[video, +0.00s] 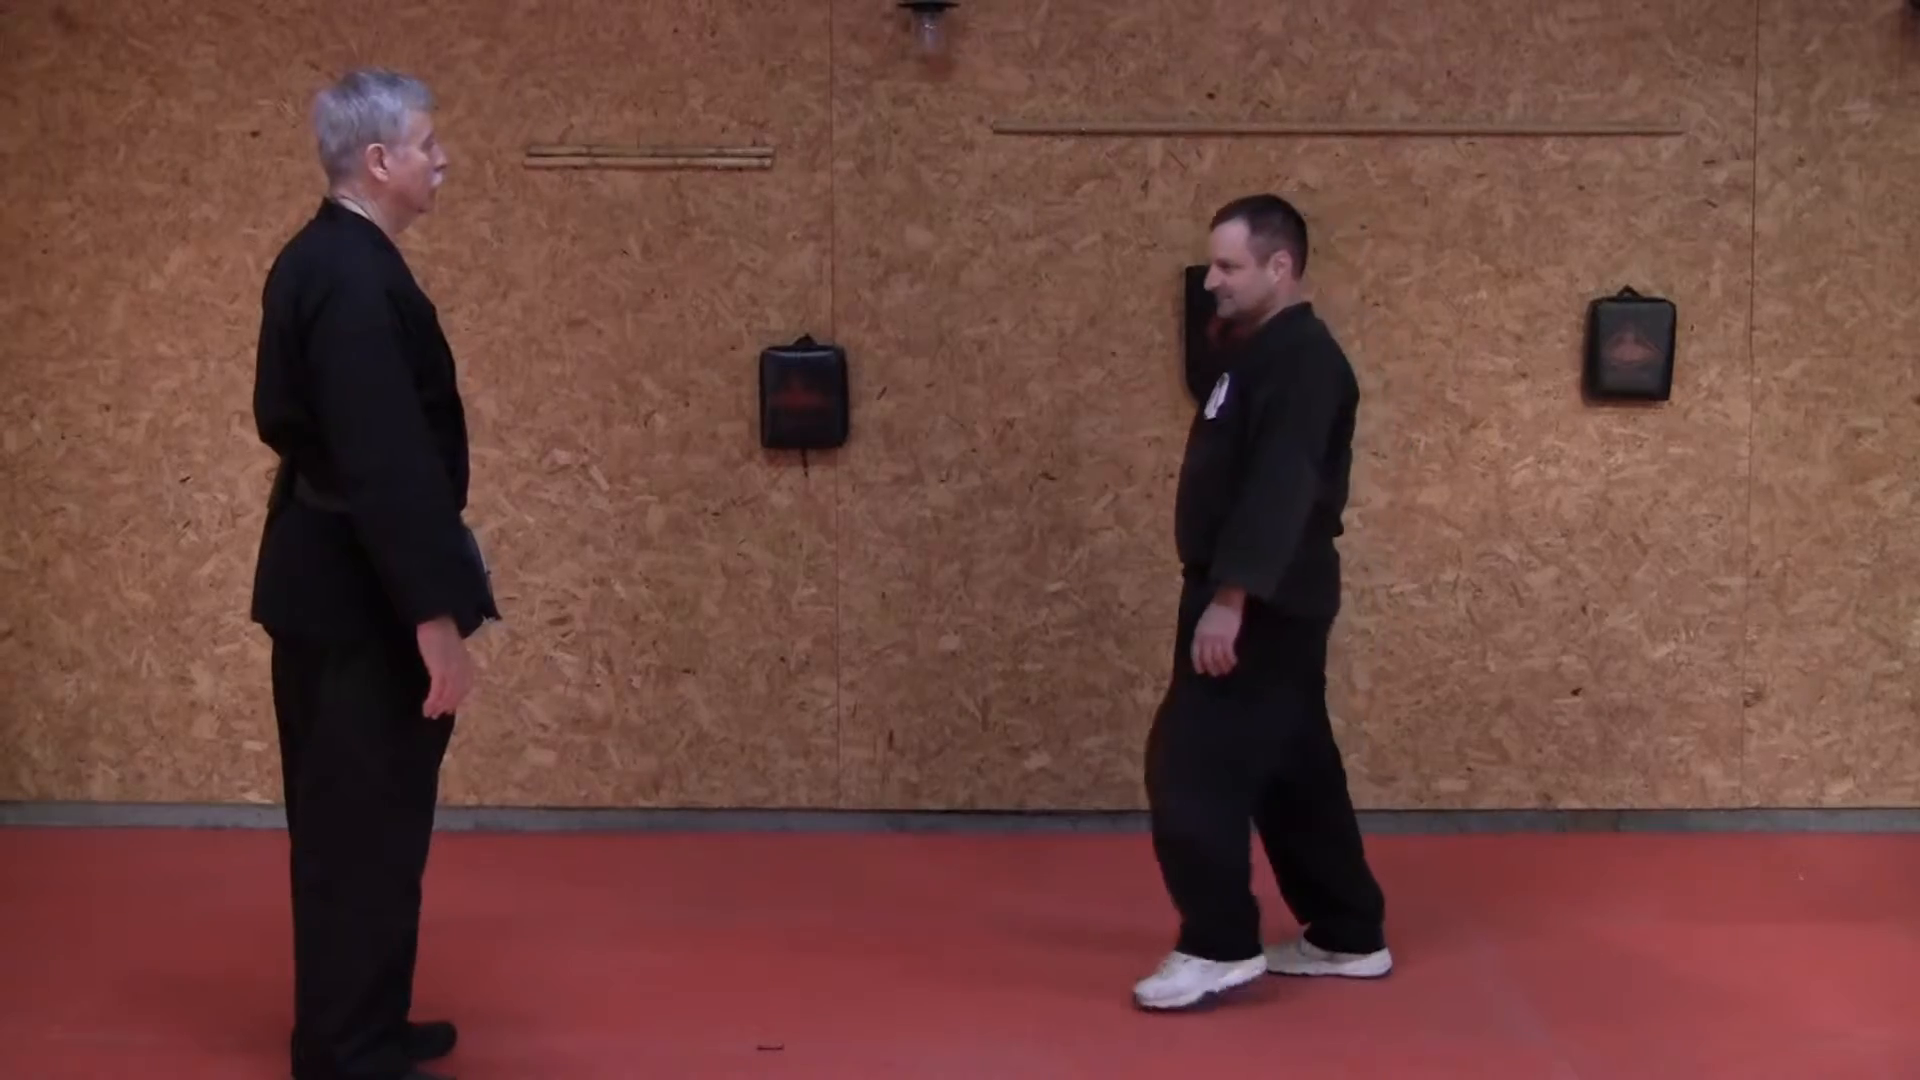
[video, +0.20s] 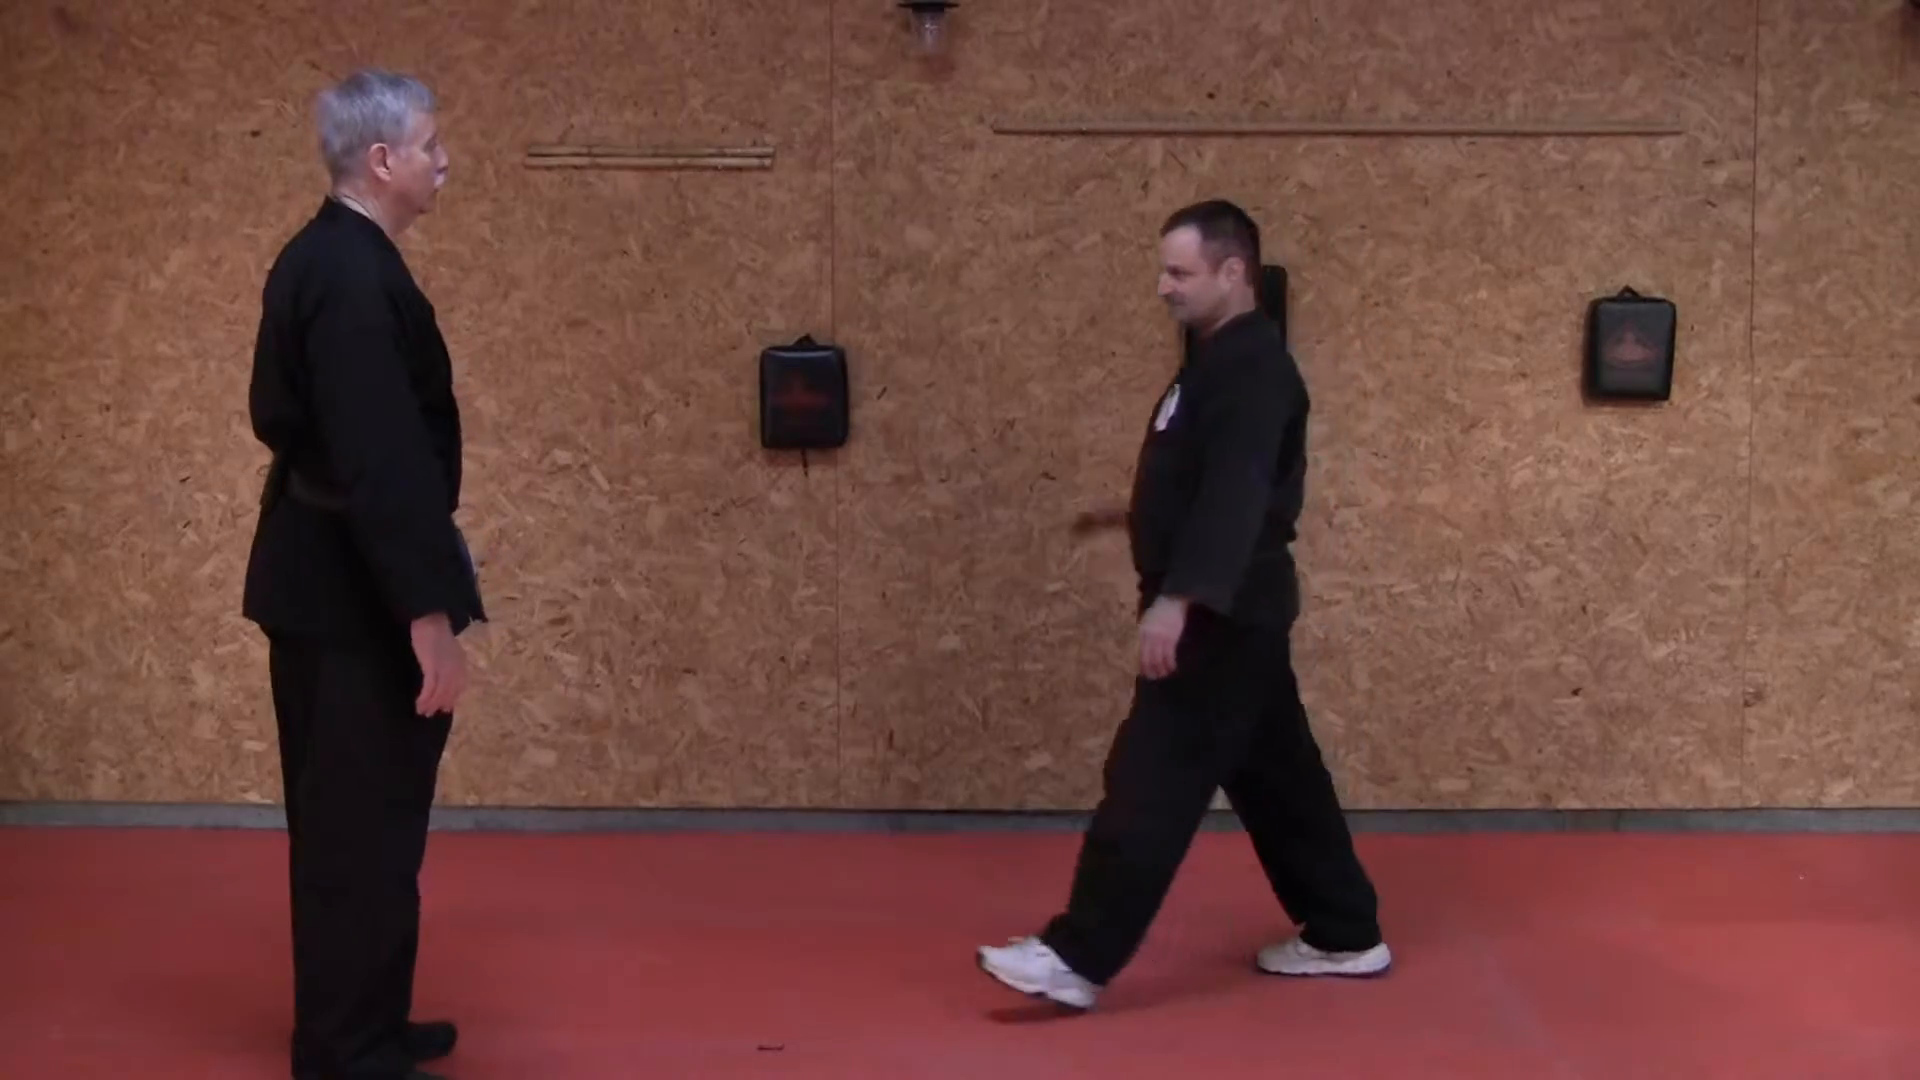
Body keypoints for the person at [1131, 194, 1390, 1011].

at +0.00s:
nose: (1213, 284)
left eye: (1226, 269)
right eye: (1212, 270)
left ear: (1278, 266)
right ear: (1270, 269)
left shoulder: (1302, 354)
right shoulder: (1263, 349)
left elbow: (1281, 489)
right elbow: (1205, 383)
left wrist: (1230, 596)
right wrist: (1206, 307)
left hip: (1261, 602)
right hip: (1263, 600)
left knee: (1189, 764)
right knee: (1294, 765)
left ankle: (1220, 945)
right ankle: (1349, 935)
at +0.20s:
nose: (1166, 289)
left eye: (1180, 274)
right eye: (1163, 273)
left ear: (1234, 272)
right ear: (1219, 274)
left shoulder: (1253, 362)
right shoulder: (1215, 355)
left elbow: (1234, 496)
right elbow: (1201, 479)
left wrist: (1178, 598)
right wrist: (1135, 513)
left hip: (1222, 608)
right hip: (1216, 605)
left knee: (1148, 782)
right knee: (1278, 774)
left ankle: (1080, 957)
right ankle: (1346, 935)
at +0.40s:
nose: (1084, 293)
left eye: (1099, 278)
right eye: (1084, 277)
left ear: (1156, 281)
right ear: (1139, 283)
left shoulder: (1174, 369)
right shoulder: (1135, 366)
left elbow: (1165, 499)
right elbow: (1101, 442)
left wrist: (1110, 603)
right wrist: (1023, 411)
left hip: (1146, 627)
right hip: (1146, 627)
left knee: (1060, 782)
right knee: (1231, 777)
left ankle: (1026, 973)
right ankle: (1329, 913)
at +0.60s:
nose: (981, 281)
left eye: (999, 268)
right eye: (980, 267)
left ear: (1057, 273)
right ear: (1004, 274)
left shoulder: (1092, 385)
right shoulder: (984, 371)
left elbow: (1100, 515)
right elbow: (920, 416)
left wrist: (1068, 623)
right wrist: (873, 371)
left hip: (1040, 629)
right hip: (981, 623)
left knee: (996, 802)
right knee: (1007, 789)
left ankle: (1016, 981)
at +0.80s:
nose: (862, 278)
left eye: (882, 265)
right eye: (861, 263)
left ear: (942, 272)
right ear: (864, 268)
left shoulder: (996, 386)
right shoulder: (826, 370)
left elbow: (1054, 508)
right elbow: (720, 399)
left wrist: (1057, 620)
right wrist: (674, 371)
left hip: (958, 642)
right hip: (849, 637)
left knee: (984, 821)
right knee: (785, 799)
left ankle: (1015, 983)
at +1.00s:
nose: (731, 323)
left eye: (754, 309)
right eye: (723, 305)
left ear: (798, 316)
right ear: (709, 305)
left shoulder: (837, 414)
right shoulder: (648, 399)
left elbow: (921, 502)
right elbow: (521, 393)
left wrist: (988, 600)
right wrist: (419, 353)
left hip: (812, 680)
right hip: (688, 680)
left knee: (901, 834)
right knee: (607, 845)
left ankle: (972, 970)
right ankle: (548, 1025)